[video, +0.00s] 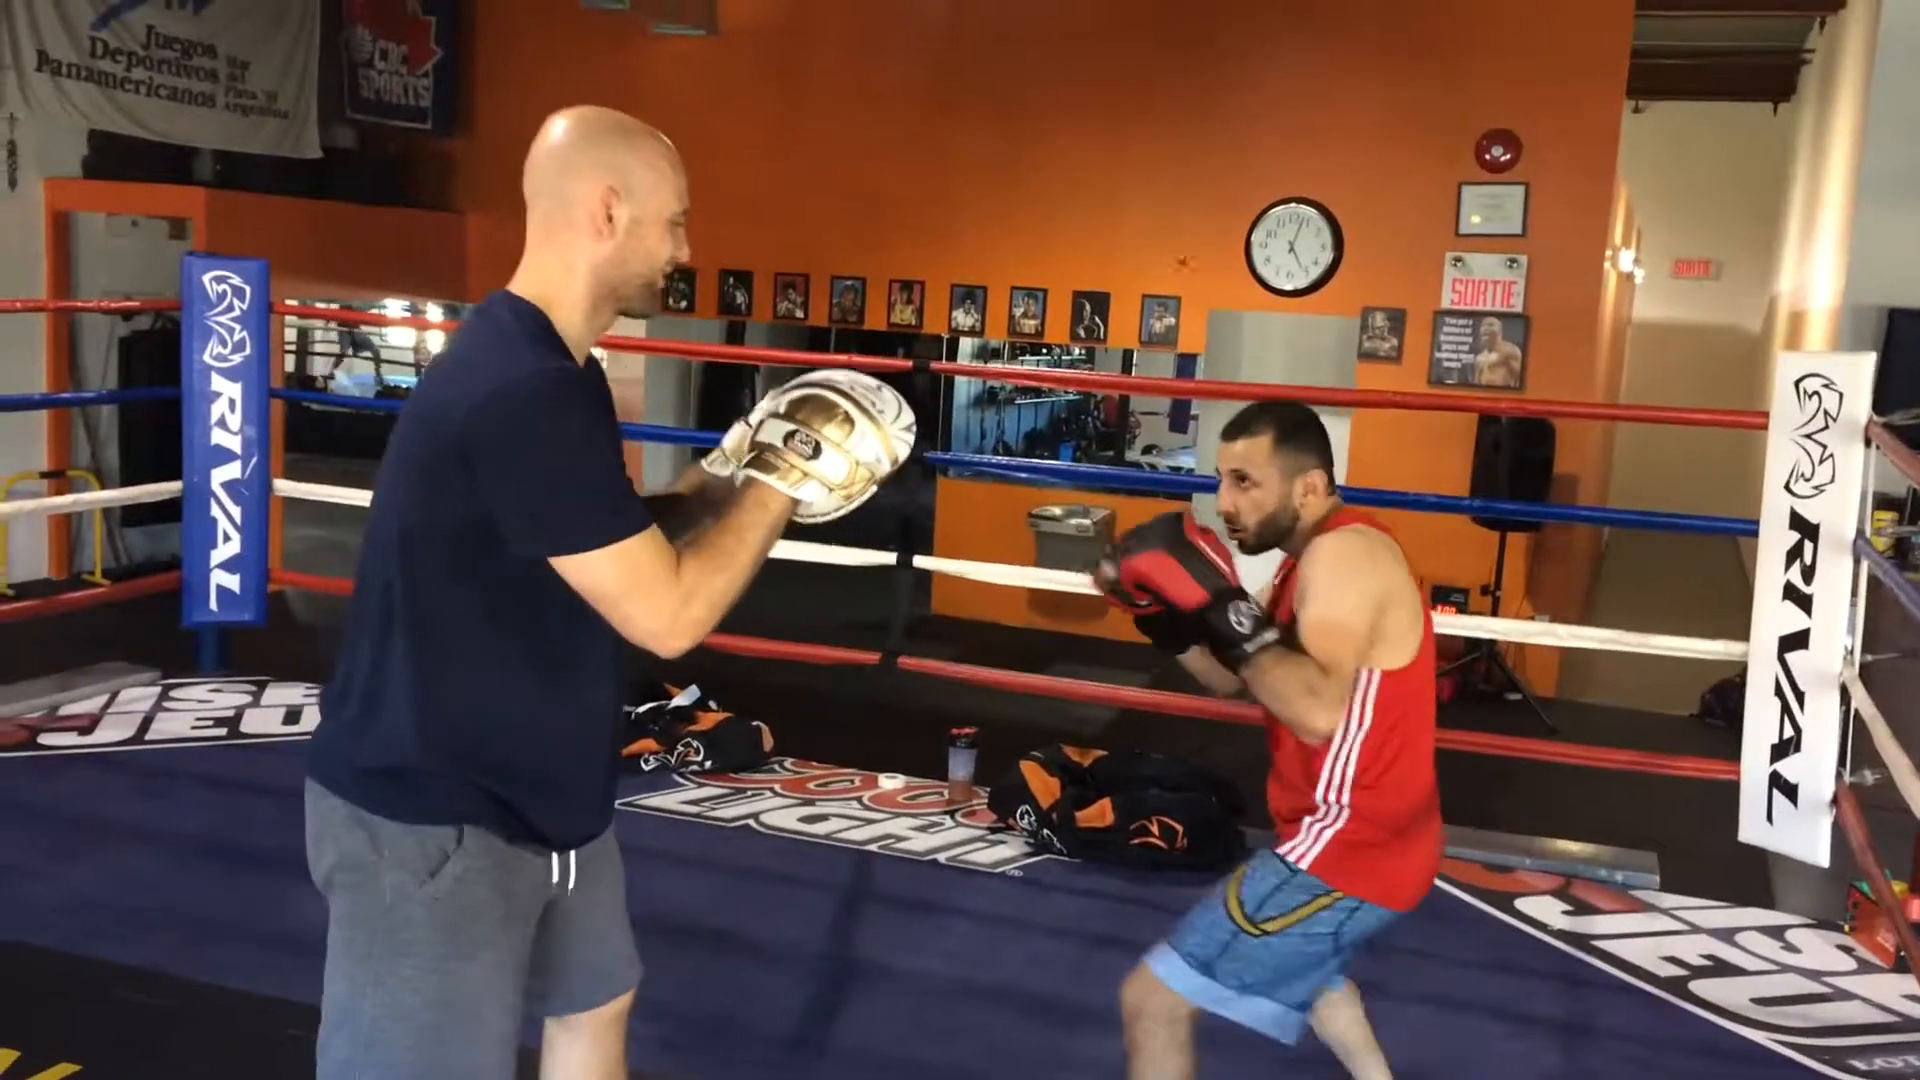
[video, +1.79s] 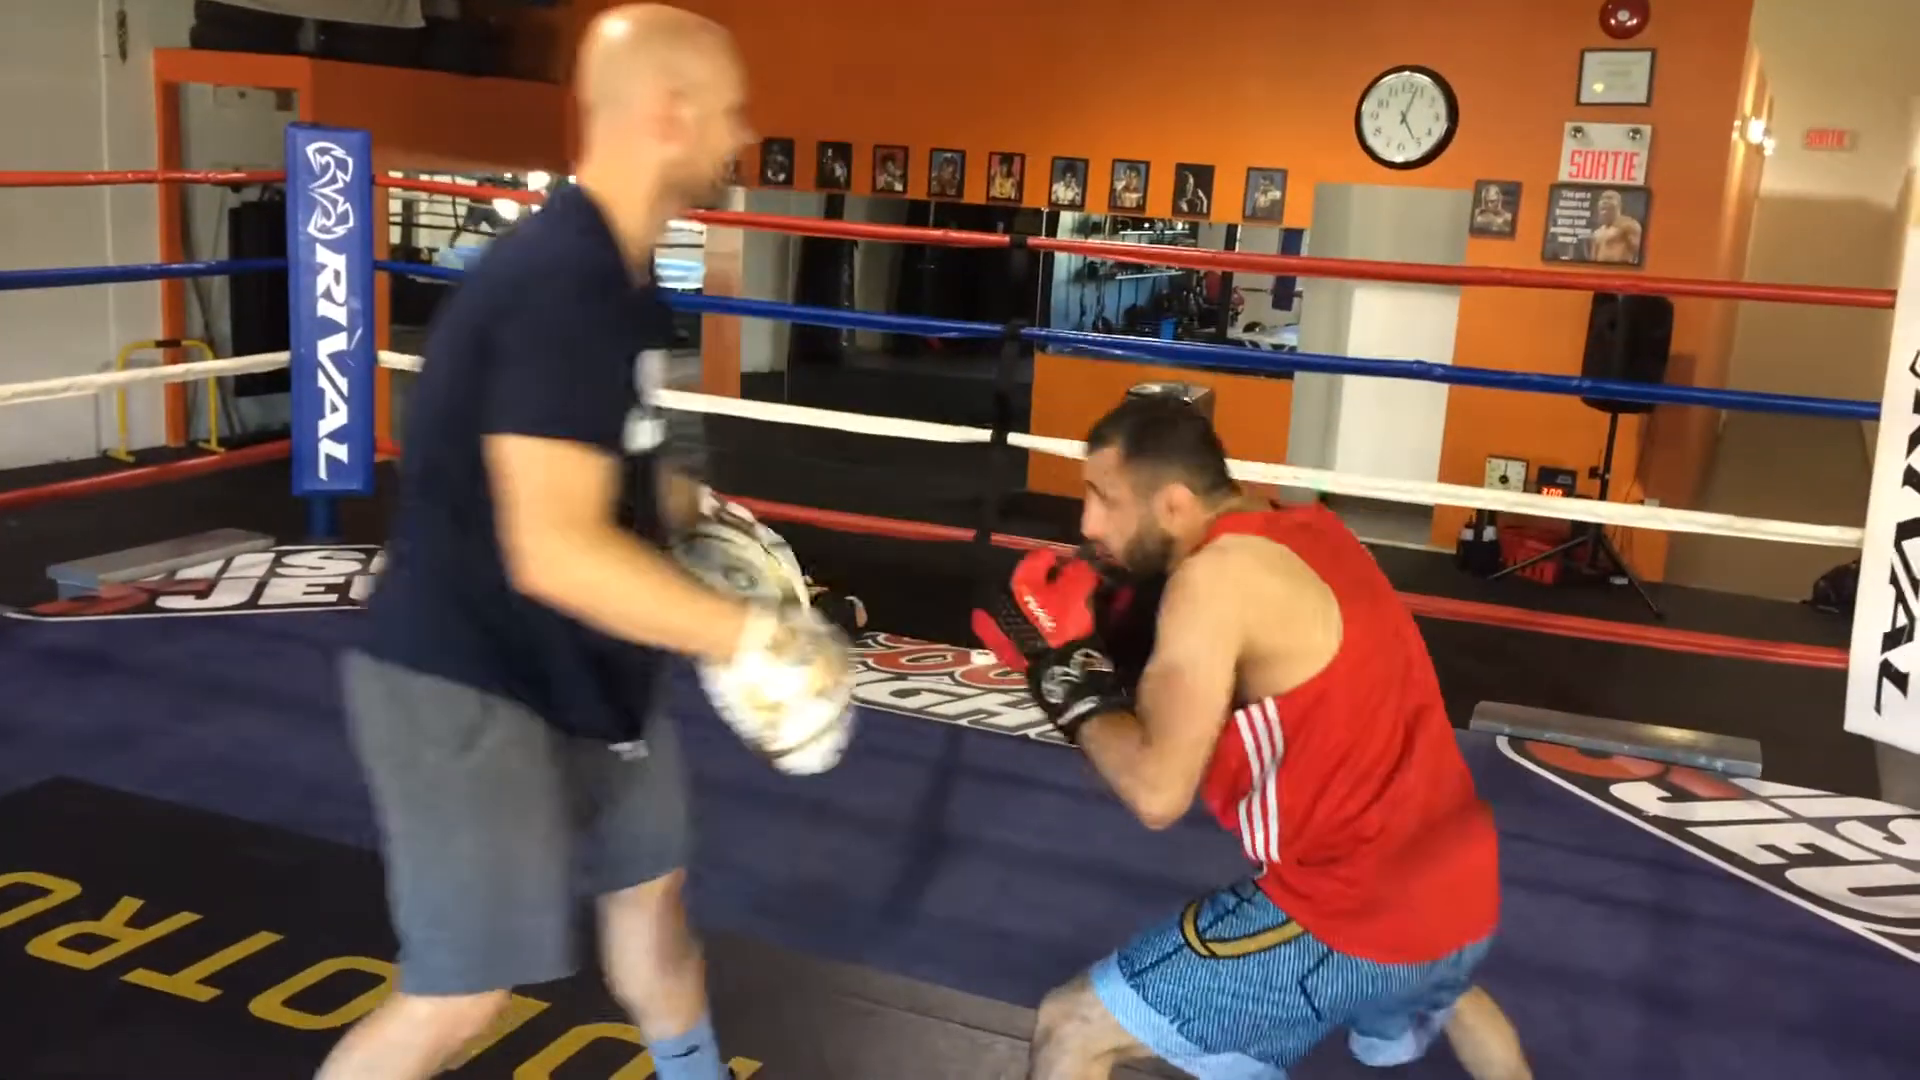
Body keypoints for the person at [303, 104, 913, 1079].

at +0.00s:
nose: (684, 254)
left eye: (684, 227)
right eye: (674, 223)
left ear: (597, 216)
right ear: (604, 214)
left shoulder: (559, 370)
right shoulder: (516, 381)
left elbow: (575, 553)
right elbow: (668, 614)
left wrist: (701, 495)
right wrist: (783, 485)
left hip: (543, 788)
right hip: (433, 807)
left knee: (593, 998)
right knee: (426, 1061)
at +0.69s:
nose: (776, 261)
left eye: (775, 235)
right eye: (761, 232)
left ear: (686, 229)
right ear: (684, 226)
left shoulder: (676, 401)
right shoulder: (571, 367)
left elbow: (668, 592)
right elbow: (572, 600)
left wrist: (821, 558)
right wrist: (756, 519)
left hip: (583, 772)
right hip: (456, 787)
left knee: (650, 957)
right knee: (445, 1060)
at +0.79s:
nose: (820, 246)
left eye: (820, 221)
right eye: (805, 220)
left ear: (720, 218)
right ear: (724, 213)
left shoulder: (672, 334)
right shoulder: (679, 337)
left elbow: (648, 517)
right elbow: (856, 507)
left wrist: (746, 591)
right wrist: (1032, 459)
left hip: (607, 735)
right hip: (497, 743)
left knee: (664, 942)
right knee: (441, 1048)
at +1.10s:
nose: (938, 251)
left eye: (943, 227)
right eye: (926, 222)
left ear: (834, 200)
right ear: (849, 200)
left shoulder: (735, 296)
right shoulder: (856, 341)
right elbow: (850, 536)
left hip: (675, 689)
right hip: (602, 695)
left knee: (715, 905)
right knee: (569, 1010)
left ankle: (705, 1077)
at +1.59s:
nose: (883, 163)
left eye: (883, 138)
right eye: (874, 137)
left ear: (786, 127)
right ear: (815, 130)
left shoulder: (706, 249)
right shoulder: (747, 273)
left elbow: (675, 462)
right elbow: (808, 534)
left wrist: (756, 565)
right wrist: (927, 579)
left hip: (672, 638)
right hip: (569, 644)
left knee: (706, 853)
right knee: (549, 954)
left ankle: (711, 1069)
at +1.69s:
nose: (815, 153)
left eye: (815, 128)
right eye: (808, 127)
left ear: (718, 119)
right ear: (744, 120)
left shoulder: (674, 260)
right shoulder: (657, 268)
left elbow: (680, 517)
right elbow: (683, 536)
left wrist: (824, 610)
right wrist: (858, 616)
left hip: (636, 658)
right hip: (527, 669)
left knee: (705, 854)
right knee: (505, 977)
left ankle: (706, 1071)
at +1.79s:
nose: (744, 145)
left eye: (742, 118)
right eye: (733, 115)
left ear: (649, 115)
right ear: (664, 114)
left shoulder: (620, 277)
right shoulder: (553, 281)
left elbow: (619, 478)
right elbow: (551, 552)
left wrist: (719, 545)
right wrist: (750, 637)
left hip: (581, 660)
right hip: (454, 677)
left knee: (647, 888)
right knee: (463, 986)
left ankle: (693, 1070)